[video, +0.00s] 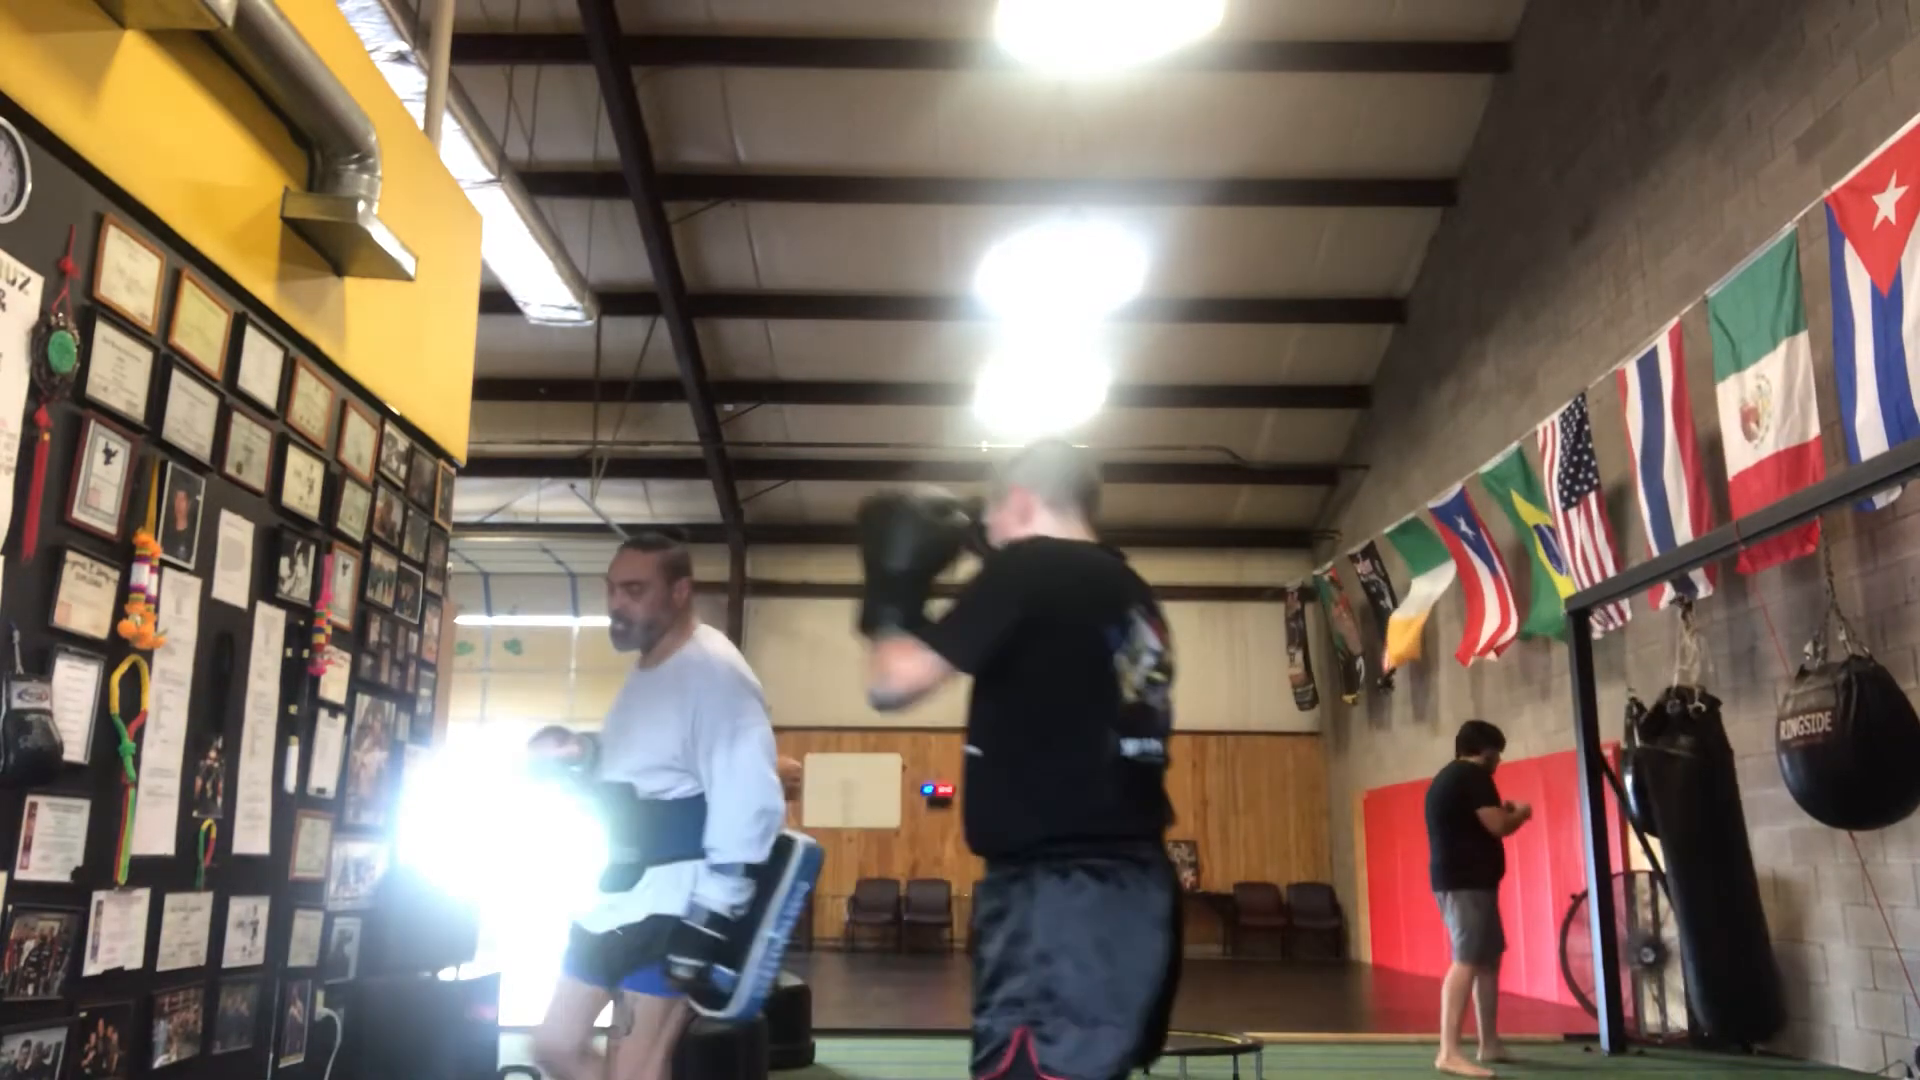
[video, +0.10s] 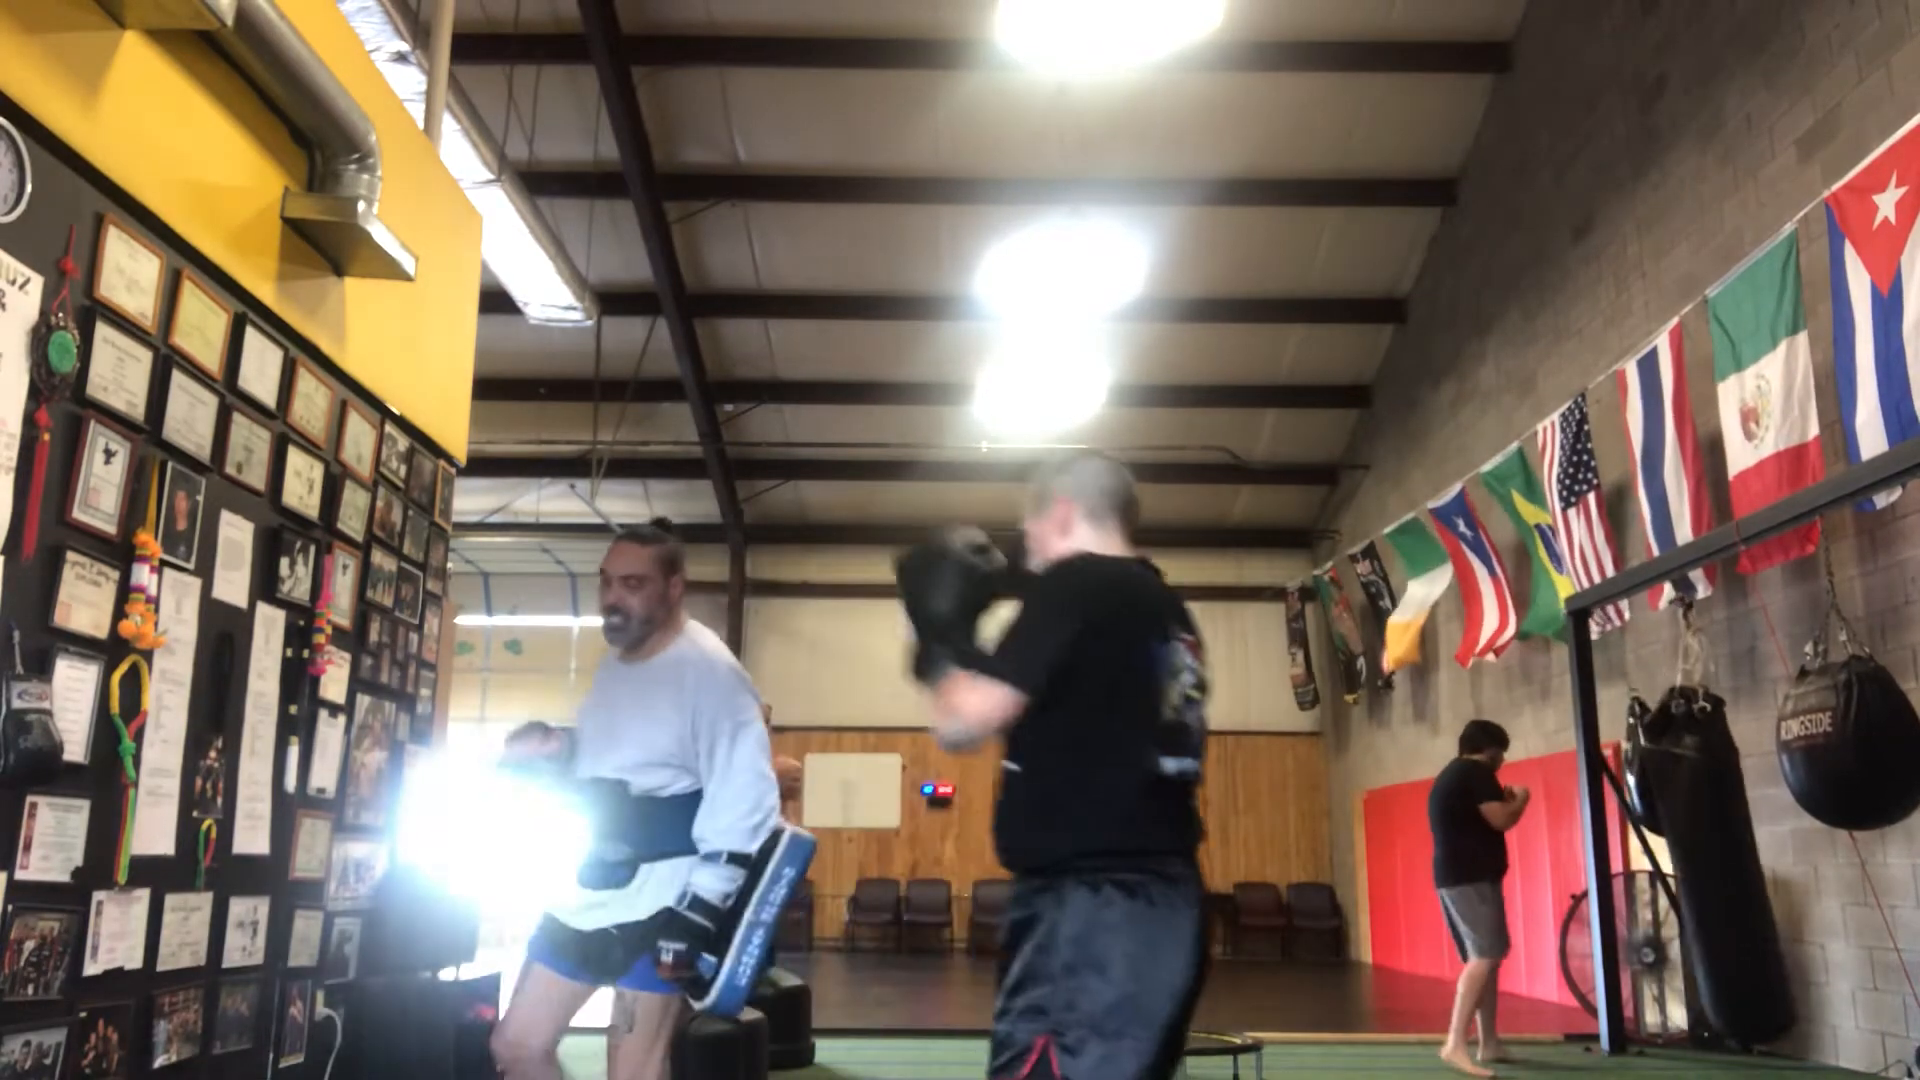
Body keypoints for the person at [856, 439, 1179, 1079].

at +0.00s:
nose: (986, 525)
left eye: (992, 505)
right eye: (988, 509)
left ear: (1023, 502)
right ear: (1081, 504)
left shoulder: (1029, 572)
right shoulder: (1127, 589)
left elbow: (893, 679)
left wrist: (892, 576)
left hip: (1055, 905)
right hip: (1130, 897)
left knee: (1027, 1067)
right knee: (1091, 1066)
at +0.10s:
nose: (1026, 535)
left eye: (1032, 520)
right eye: (1028, 521)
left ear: (1064, 514)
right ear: (1119, 519)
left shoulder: (1076, 588)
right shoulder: (1163, 603)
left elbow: (962, 717)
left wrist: (939, 628)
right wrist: (1015, 583)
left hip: (1088, 913)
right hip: (1159, 907)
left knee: (1042, 1066)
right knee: (1120, 1067)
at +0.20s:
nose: (1070, 565)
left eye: (1074, 545)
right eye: (1070, 548)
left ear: (1108, 534)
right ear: (1155, 537)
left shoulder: (1124, 606)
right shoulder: (1204, 620)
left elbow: (1053, 751)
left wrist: (992, 672)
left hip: (1127, 927)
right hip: (1194, 921)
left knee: (1076, 1066)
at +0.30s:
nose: (1113, 579)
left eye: (1117, 559)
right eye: (1114, 561)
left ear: (1151, 554)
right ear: (1194, 554)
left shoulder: (1175, 630)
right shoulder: (1242, 636)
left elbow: (1127, 782)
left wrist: (1048, 704)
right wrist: (1113, 652)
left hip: (1186, 944)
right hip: (1243, 937)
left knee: (1124, 1067)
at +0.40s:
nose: (1148, 594)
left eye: (1151, 575)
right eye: (1145, 579)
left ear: (1187, 564)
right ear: (1204, 561)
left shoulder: (1223, 633)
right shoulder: (1263, 635)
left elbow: (1191, 791)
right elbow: (1193, 772)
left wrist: (1107, 702)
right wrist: (1132, 694)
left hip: (1246, 944)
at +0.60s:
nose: (1193, 573)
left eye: (1200, 553)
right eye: (1192, 557)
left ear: (1247, 545)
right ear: (1246, 548)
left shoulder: (1298, 608)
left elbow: (1234, 749)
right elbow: (1225, 779)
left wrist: (1173, 660)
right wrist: (1179, 717)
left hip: (1330, 916)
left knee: (1275, 1063)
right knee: (1273, 1061)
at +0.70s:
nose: (1222, 575)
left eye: (1229, 554)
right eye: (1222, 557)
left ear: (1277, 547)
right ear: (1277, 549)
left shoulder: (1331, 616)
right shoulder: (1331, 620)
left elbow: (1270, 761)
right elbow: (1266, 763)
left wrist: (1205, 672)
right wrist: (1191, 705)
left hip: (1354, 926)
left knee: (1332, 1067)